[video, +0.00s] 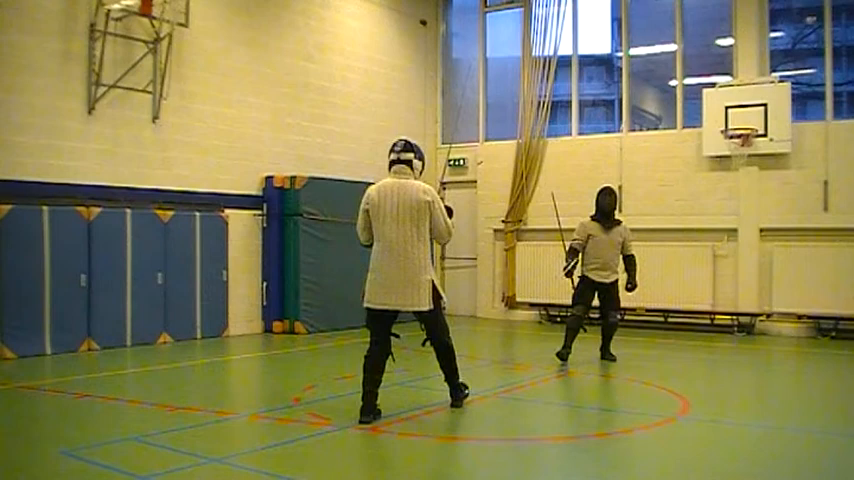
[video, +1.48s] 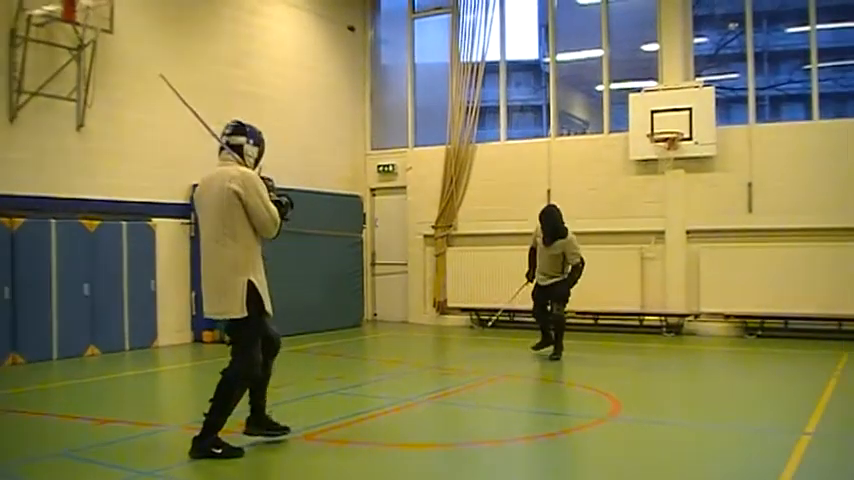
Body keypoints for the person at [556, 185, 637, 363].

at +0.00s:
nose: (609, 202)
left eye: (612, 198)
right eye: (605, 198)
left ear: (616, 203)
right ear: (597, 201)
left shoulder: (622, 230)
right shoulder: (586, 226)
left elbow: (628, 255)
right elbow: (575, 247)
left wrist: (631, 277)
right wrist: (570, 263)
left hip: (610, 281)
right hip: (588, 278)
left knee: (612, 318)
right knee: (578, 312)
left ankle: (605, 349)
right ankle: (566, 347)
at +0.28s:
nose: (612, 203)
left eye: (615, 199)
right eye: (610, 198)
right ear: (604, 201)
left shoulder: (627, 227)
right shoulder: (590, 223)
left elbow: (635, 252)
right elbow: (578, 247)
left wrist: (637, 274)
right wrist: (572, 268)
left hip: (614, 277)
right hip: (592, 275)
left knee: (612, 315)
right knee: (582, 310)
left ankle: (606, 348)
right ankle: (574, 344)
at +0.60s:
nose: (604, 215)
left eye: (607, 211)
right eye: (601, 210)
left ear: (612, 213)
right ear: (595, 211)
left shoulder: (619, 233)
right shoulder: (584, 230)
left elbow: (628, 258)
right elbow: (574, 252)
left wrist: (626, 279)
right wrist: (573, 275)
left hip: (608, 280)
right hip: (587, 280)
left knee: (605, 314)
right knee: (587, 314)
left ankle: (600, 349)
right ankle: (593, 341)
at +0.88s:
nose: (594, 257)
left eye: (598, 254)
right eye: (591, 254)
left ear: (605, 248)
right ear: (586, 246)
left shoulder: (614, 251)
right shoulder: (579, 241)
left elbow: (621, 276)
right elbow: (571, 253)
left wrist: (612, 296)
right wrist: (571, 273)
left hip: (607, 279)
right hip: (586, 279)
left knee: (606, 308)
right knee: (584, 310)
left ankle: (608, 345)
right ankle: (589, 344)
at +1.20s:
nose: (577, 256)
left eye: (580, 253)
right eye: (575, 253)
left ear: (588, 248)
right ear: (570, 245)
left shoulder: (599, 252)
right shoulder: (566, 239)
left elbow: (606, 275)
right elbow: (560, 250)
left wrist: (601, 296)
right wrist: (560, 268)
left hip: (594, 281)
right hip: (573, 280)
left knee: (592, 311)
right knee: (567, 311)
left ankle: (592, 347)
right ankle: (570, 343)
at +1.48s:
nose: (543, 227)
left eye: (546, 224)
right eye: (542, 224)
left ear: (553, 223)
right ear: (542, 223)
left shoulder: (567, 239)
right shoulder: (539, 232)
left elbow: (578, 263)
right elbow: (533, 249)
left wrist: (568, 284)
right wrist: (531, 269)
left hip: (559, 281)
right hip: (541, 281)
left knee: (557, 313)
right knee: (538, 311)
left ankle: (558, 346)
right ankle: (546, 336)